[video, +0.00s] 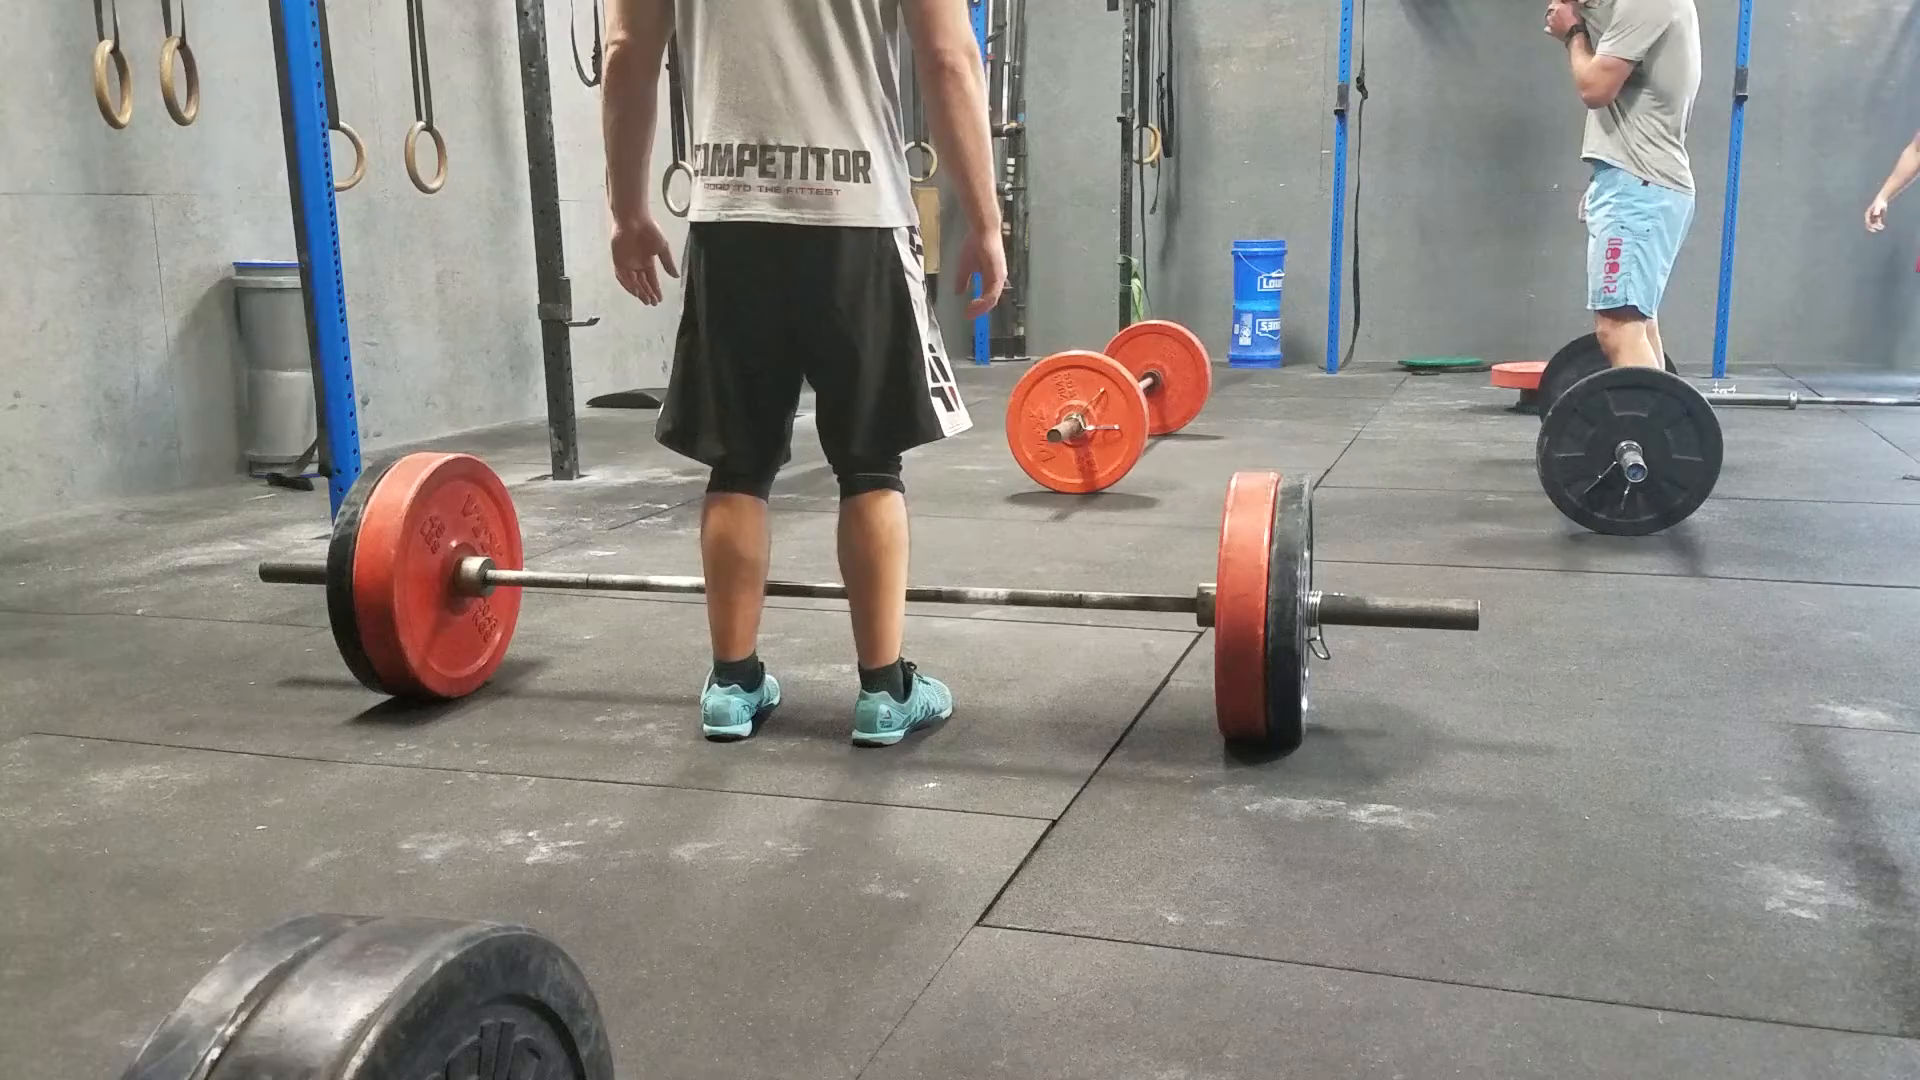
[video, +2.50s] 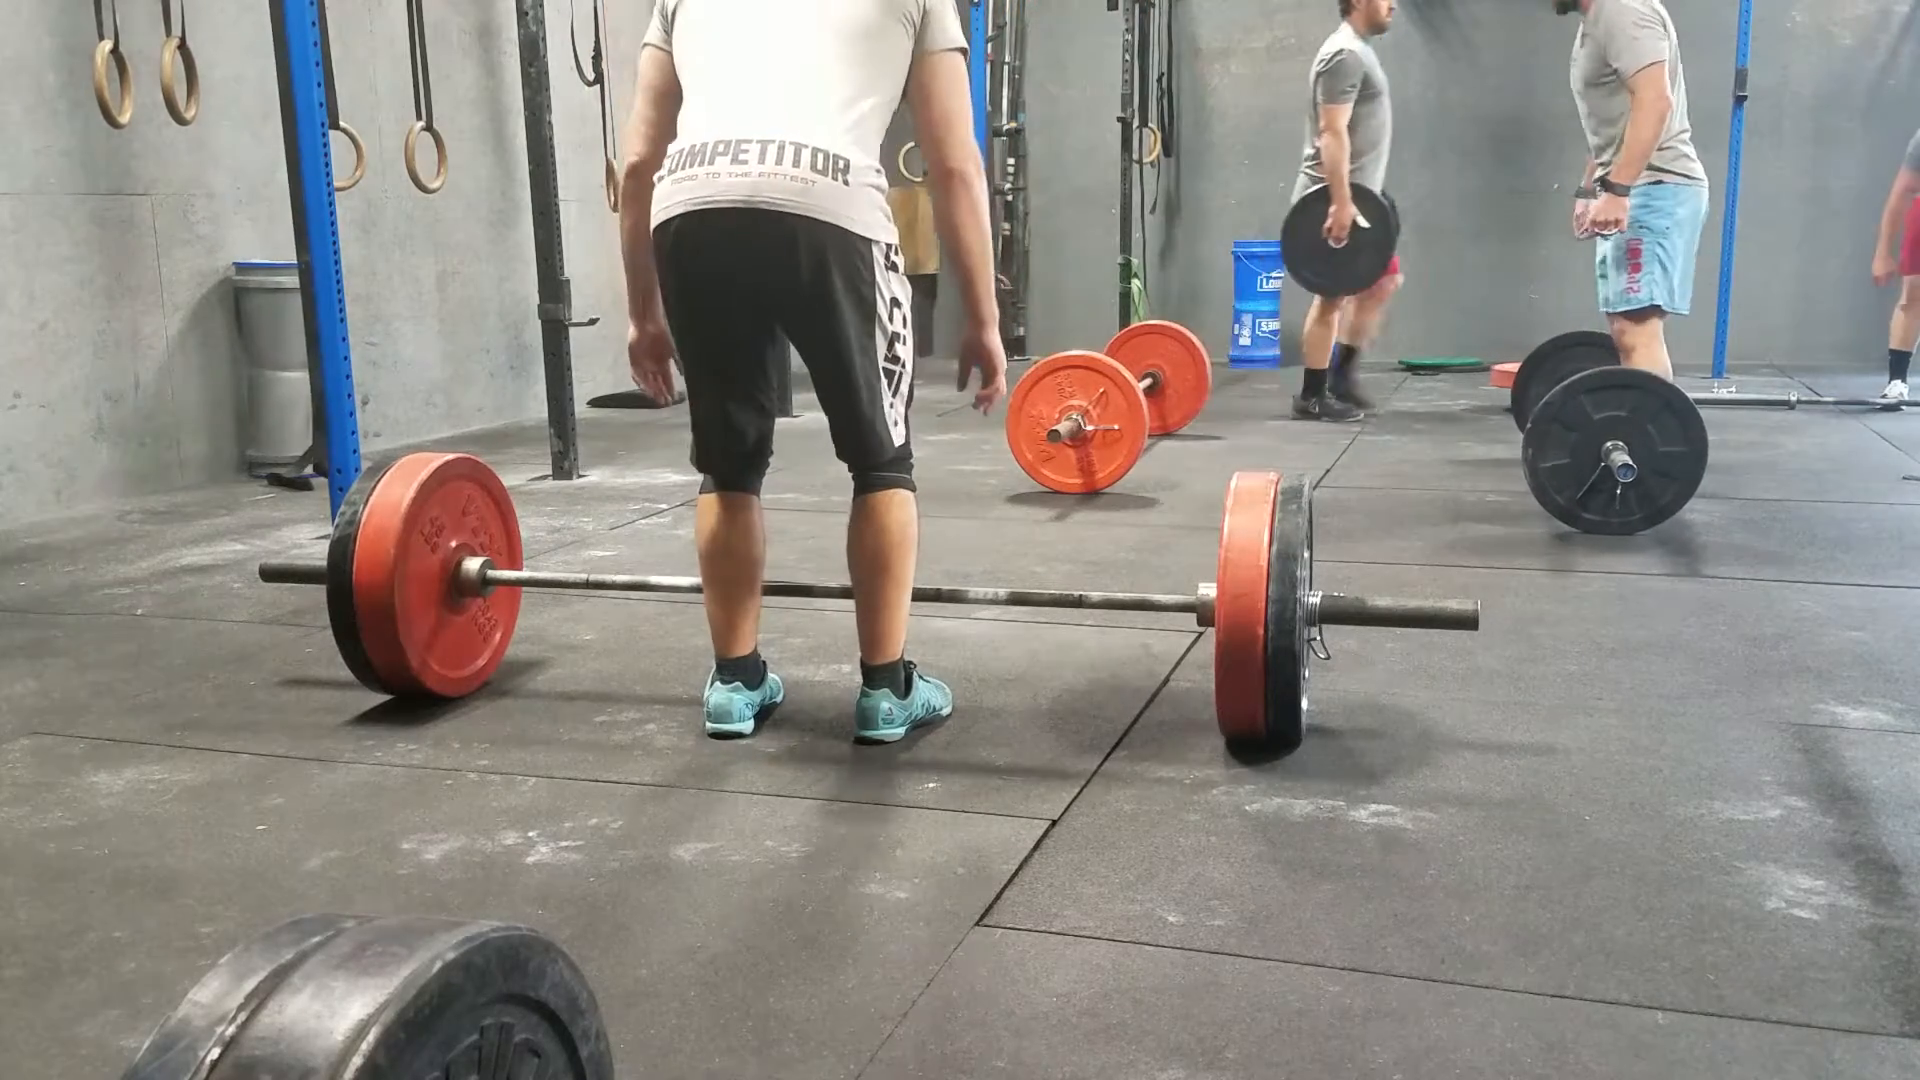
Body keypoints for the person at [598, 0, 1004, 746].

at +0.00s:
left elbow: (630, 49)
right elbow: (947, 56)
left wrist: (628, 208)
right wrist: (984, 219)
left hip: (728, 217)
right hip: (857, 218)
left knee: (737, 464)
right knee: (871, 466)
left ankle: (730, 683)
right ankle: (884, 688)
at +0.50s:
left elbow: (635, 49)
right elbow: (967, 60)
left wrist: (646, 206)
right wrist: (1011, 217)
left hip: (732, 216)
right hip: (860, 217)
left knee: (738, 464)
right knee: (875, 468)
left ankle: (729, 682)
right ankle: (884, 689)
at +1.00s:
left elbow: (614, 55)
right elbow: (938, 60)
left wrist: (602, 213)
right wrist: (981, 216)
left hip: (716, 216)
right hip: (843, 216)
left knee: (732, 461)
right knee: (870, 461)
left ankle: (729, 682)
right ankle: (884, 685)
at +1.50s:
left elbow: (645, 51)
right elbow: (974, 61)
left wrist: (666, 200)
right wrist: (1025, 207)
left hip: (738, 214)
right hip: (864, 217)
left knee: (743, 461)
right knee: (875, 465)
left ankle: (734, 680)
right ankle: (884, 686)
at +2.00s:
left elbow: (631, 54)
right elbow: (951, 62)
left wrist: (626, 215)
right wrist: (987, 221)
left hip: (724, 216)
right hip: (852, 217)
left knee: (741, 462)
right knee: (876, 464)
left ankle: (734, 679)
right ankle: (884, 685)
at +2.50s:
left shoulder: (682, 6)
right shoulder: (918, 4)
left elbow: (640, 159)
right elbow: (954, 165)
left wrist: (644, 314)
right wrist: (982, 319)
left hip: (695, 215)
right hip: (832, 214)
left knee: (727, 468)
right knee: (880, 465)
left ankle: (733, 680)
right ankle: (885, 687)